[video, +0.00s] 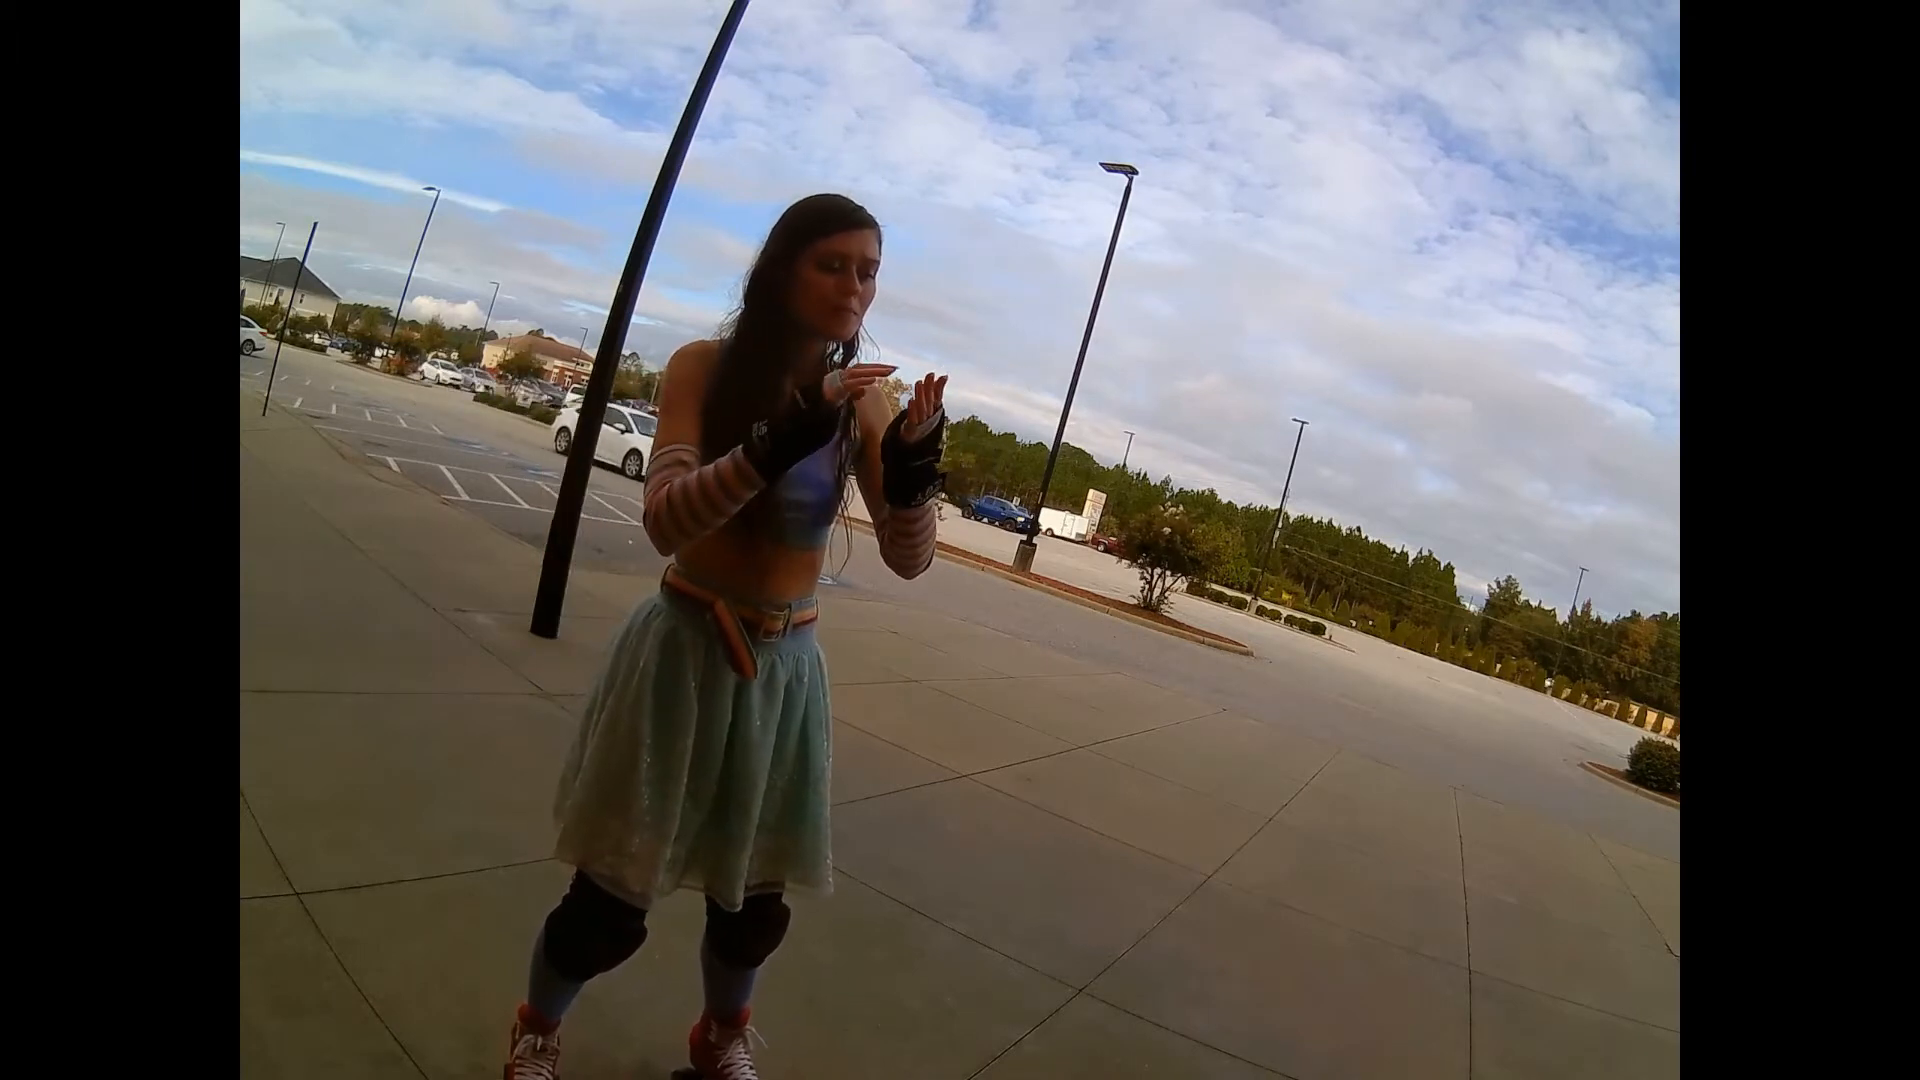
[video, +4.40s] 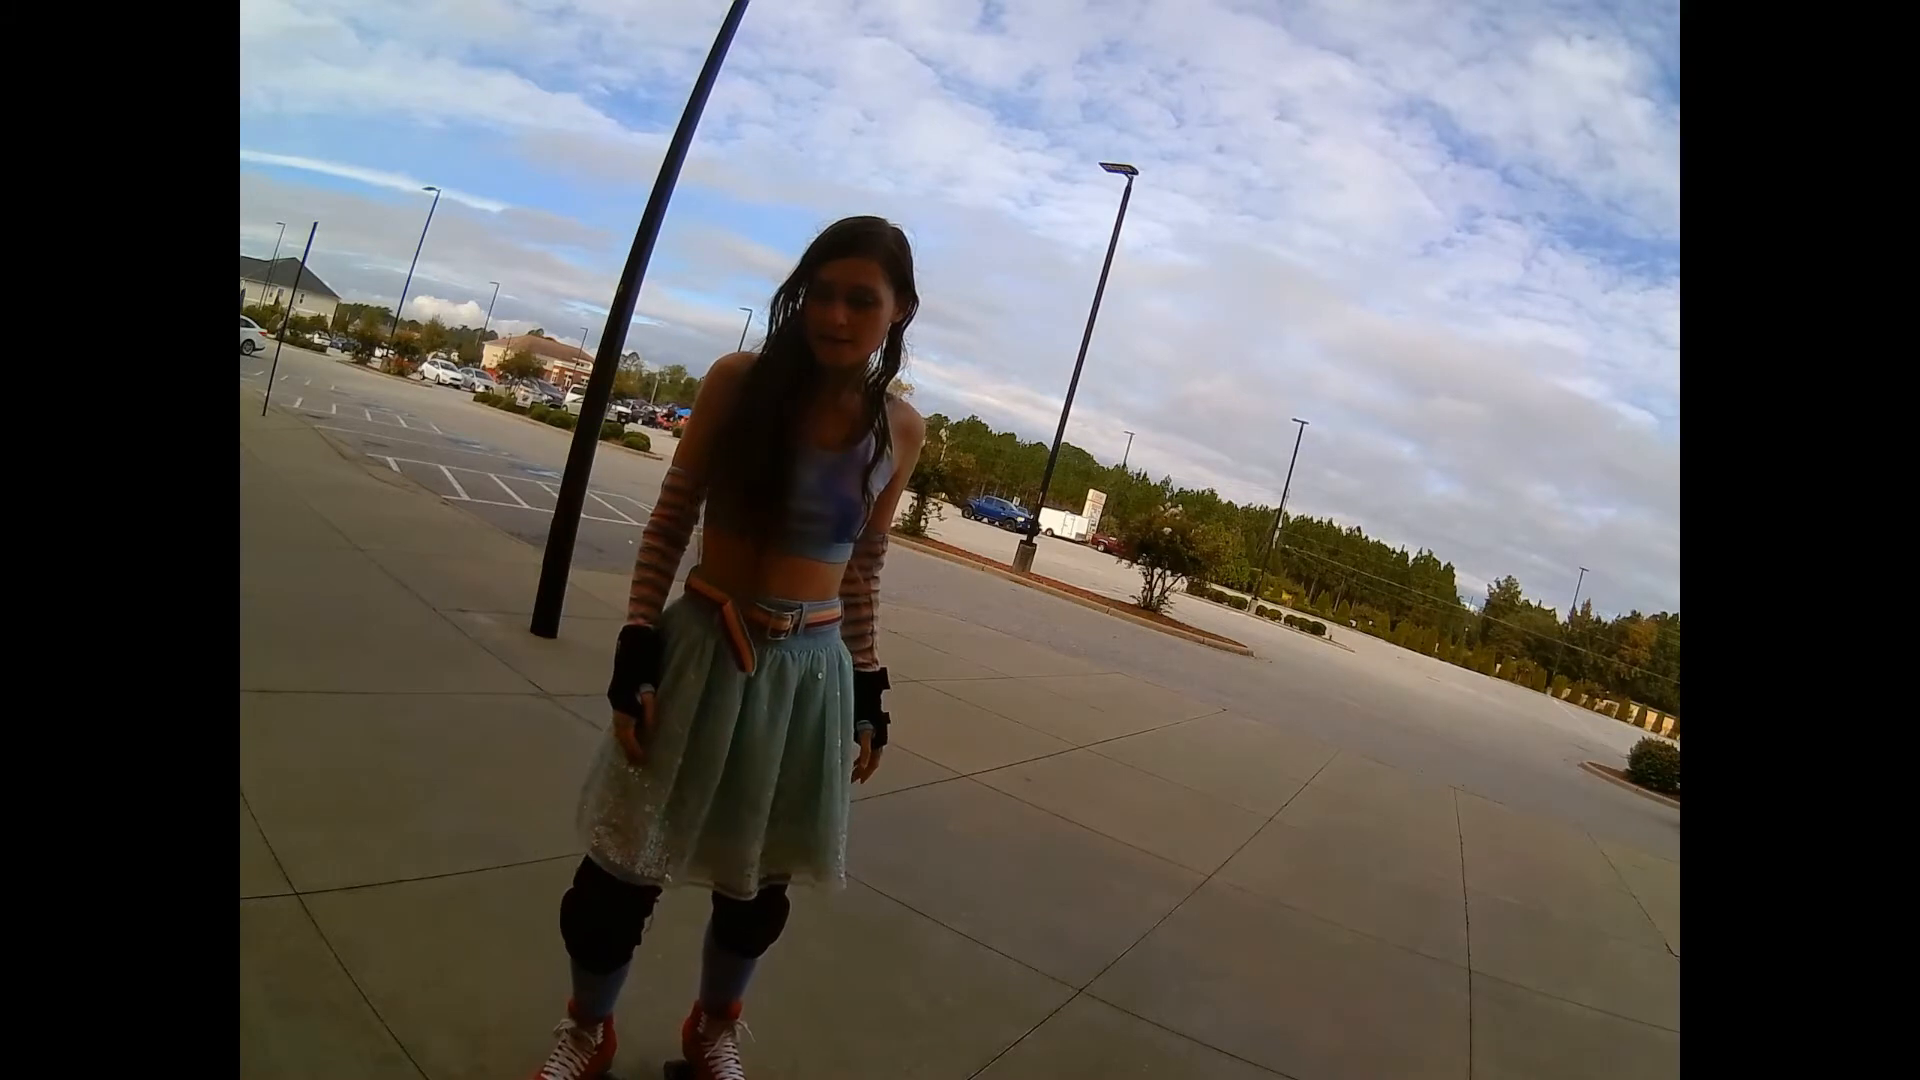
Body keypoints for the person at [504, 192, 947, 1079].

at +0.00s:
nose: (852, 286)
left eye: (867, 272)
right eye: (833, 265)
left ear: (875, 287)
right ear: (783, 269)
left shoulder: (859, 401)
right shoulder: (704, 369)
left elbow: (909, 558)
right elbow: (668, 521)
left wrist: (913, 453)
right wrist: (788, 436)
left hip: (786, 664)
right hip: (685, 647)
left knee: (756, 908)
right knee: (614, 905)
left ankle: (721, 1039)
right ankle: (536, 1032)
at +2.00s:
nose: (861, 300)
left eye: (877, 282)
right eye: (844, 278)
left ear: (885, 295)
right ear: (795, 277)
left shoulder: (858, 407)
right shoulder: (705, 376)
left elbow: (938, 521)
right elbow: (607, 513)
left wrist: (898, 398)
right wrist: (695, 518)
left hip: (779, 665)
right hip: (675, 648)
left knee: (749, 906)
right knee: (605, 906)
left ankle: (715, 1036)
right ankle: (536, 1036)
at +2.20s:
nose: (828, 288)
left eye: (850, 272)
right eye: (810, 266)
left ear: (871, 290)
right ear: (774, 270)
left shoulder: (862, 410)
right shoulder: (699, 373)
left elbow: (878, 578)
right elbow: (604, 503)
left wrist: (895, 483)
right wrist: (655, 547)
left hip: (776, 668)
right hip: (671, 650)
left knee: (747, 901)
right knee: (602, 895)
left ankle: (714, 1037)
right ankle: (535, 1037)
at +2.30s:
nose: (816, 286)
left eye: (839, 269)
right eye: (798, 264)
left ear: (863, 288)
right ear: (764, 272)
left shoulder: (865, 411)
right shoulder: (695, 373)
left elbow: (845, 544)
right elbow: (605, 496)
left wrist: (874, 609)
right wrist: (620, 570)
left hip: (773, 672)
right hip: (666, 656)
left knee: (746, 905)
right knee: (599, 896)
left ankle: (714, 1035)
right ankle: (535, 1033)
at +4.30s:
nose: (838, 316)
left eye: (862, 300)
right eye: (823, 293)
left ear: (897, 315)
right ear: (799, 297)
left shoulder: (902, 426)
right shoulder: (739, 382)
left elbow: (868, 568)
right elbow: (671, 521)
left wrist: (872, 683)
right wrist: (637, 640)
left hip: (811, 677)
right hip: (702, 652)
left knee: (760, 887)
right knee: (619, 868)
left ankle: (716, 1032)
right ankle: (579, 1034)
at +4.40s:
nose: (838, 316)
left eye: (862, 300)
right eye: (823, 293)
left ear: (897, 316)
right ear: (799, 298)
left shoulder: (898, 427)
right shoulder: (737, 383)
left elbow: (864, 572)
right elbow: (670, 522)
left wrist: (867, 688)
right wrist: (637, 644)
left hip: (809, 679)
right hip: (699, 654)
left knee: (758, 886)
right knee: (619, 872)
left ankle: (715, 1032)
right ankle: (586, 1035)